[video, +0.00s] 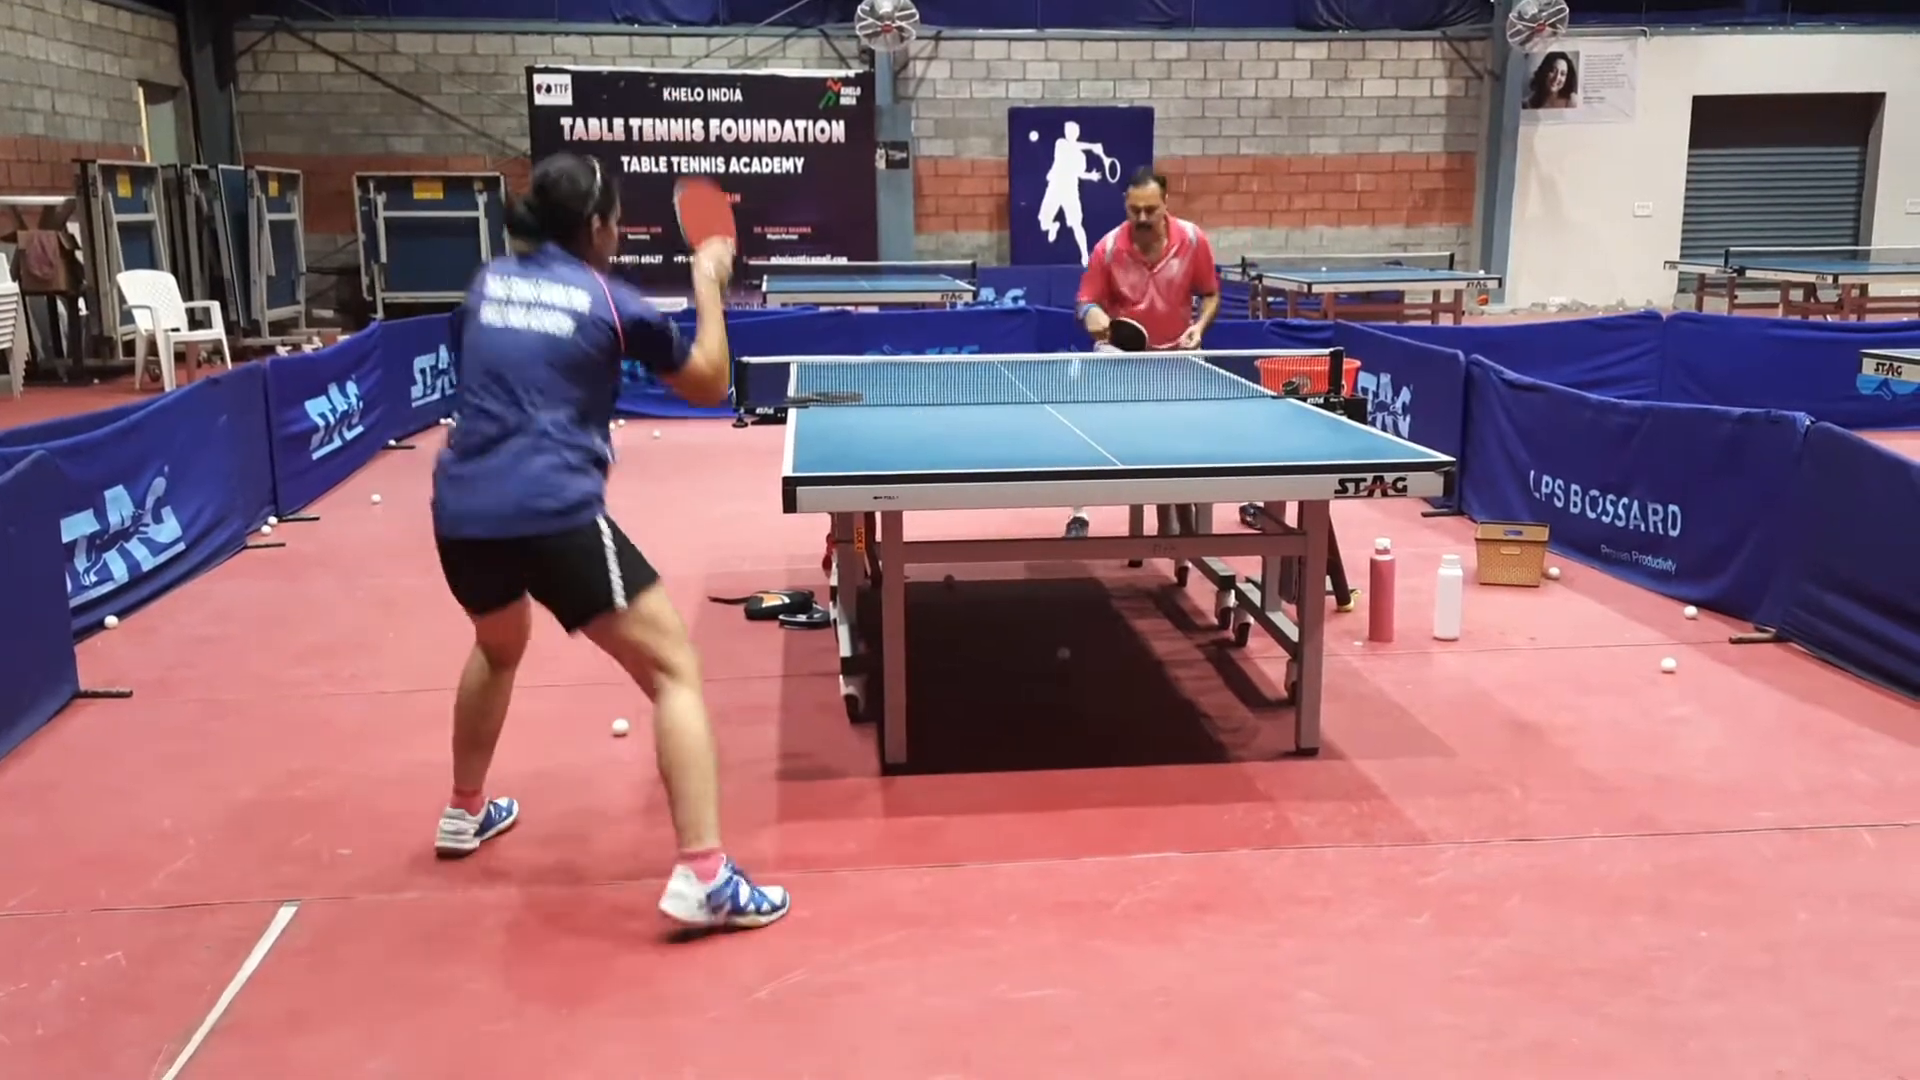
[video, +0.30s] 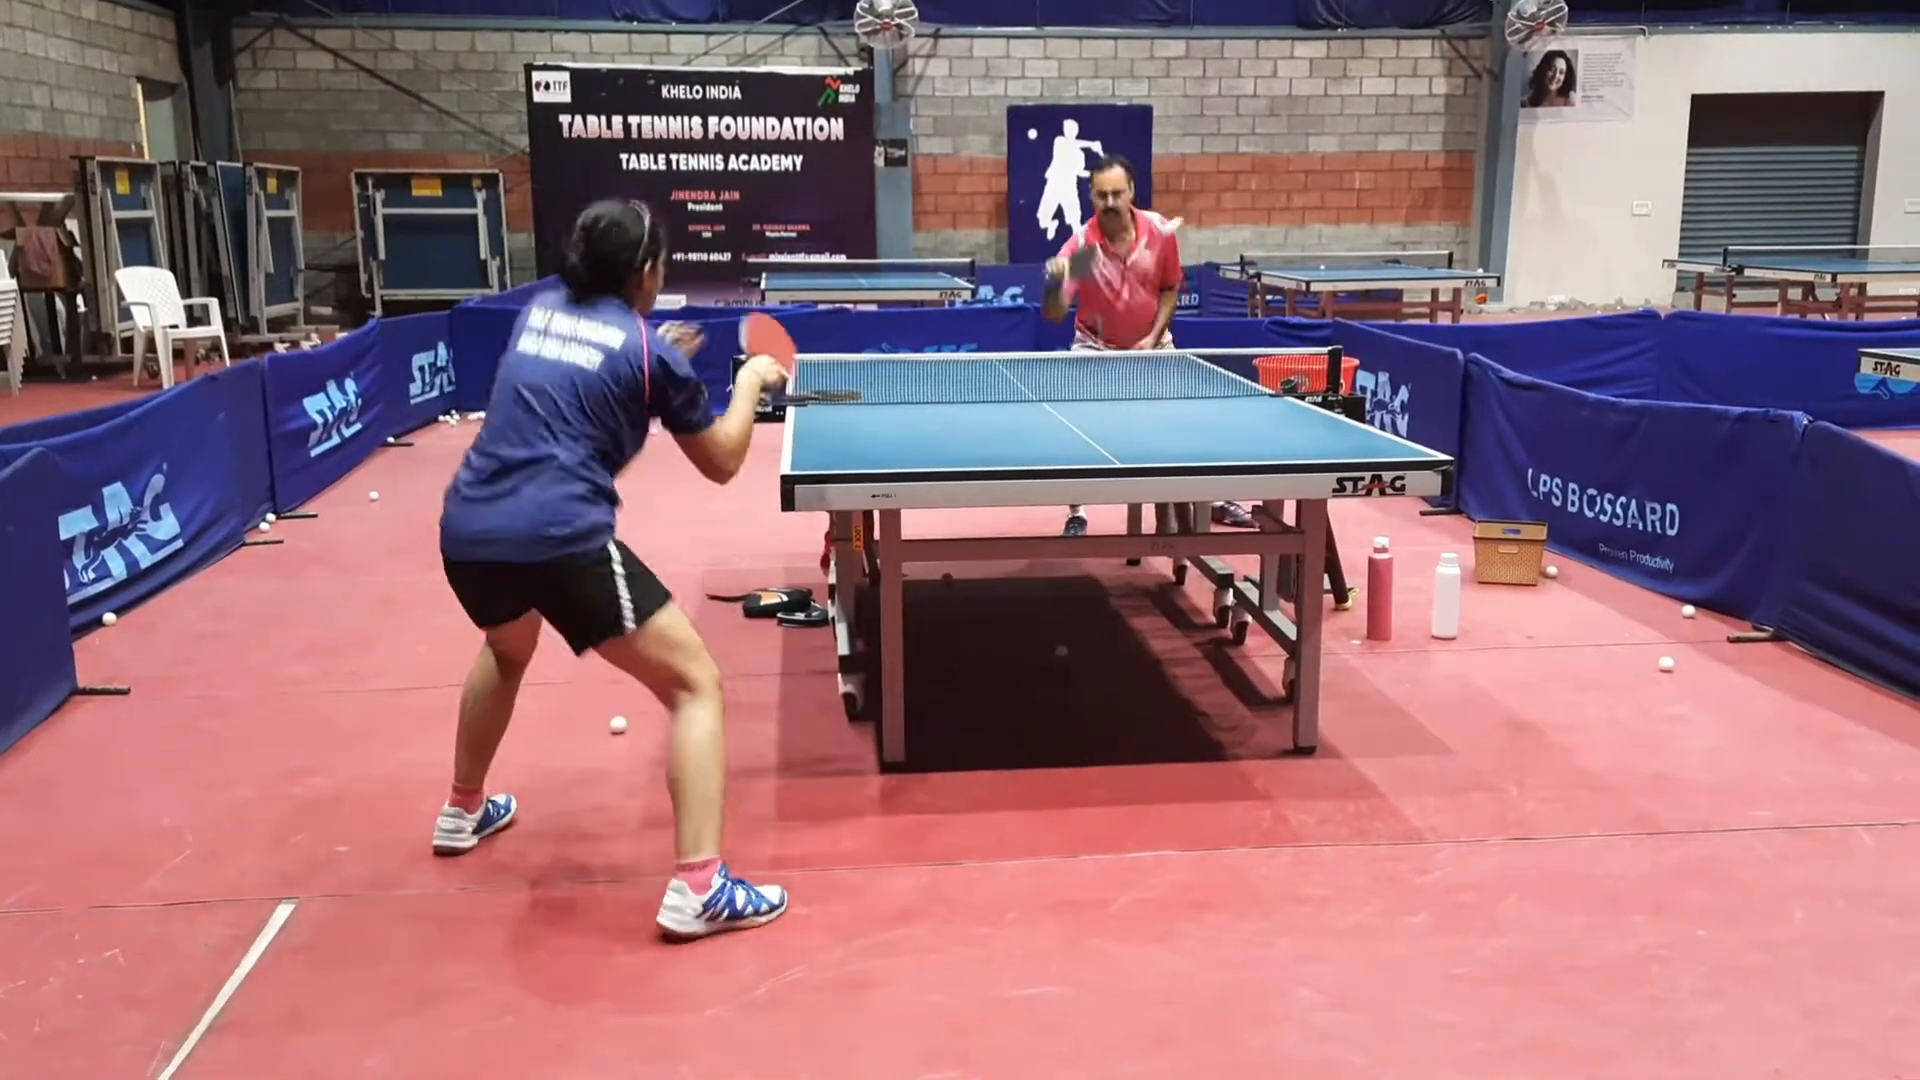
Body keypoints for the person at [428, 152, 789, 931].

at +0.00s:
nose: (619, 229)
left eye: (617, 216)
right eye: (615, 217)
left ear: (534, 218)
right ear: (596, 224)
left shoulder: (485, 282)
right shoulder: (609, 301)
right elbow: (707, 382)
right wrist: (710, 285)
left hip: (463, 515)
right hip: (558, 515)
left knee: (496, 646)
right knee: (672, 672)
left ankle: (462, 811)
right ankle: (704, 872)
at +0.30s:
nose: (661, 268)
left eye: (658, 256)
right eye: (658, 259)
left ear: (579, 260)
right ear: (644, 271)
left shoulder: (537, 306)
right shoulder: (647, 352)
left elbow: (579, 385)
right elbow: (720, 459)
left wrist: (657, 354)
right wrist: (753, 380)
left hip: (469, 534)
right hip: (564, 539)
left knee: (505, 649)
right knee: (695, 688)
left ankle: (462, 810)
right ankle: (701, 881)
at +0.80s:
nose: (667, 222)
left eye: (663, 211)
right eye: (661, 212)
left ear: (606, 224)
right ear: (637, 228)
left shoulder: (598, 281)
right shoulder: (586, 309)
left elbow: (574, 380)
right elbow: (503, 413)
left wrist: (594, 449)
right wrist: (543, 512)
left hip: (506, 481)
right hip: (502, 492)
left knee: (548, 630)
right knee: (614, 651)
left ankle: (476, 774)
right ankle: (620, 850)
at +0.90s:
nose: (645, 199)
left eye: (640, 187)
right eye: (638, 188)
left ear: (584, 196)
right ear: (613, 201)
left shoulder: (569, 252)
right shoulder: (573, 281)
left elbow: (554, 358)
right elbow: (496, 387)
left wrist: (583, 426)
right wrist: (550, 487)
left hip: (503, 469)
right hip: (499, 480)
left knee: (537, 626)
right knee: (597, 642)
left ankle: (474, 773)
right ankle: (620, 839)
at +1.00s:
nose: (631, 185)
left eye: (626, 173)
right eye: (626, 174)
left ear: (562, 183)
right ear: (605, 185)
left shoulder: (550, 241)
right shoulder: (571, 267)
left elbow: (549, 350)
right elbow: (518, 383)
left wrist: (584, 408)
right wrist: (592, 473)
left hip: (480, 459)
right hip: (505, 465)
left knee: (524, 625)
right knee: (590, 632)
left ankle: (472, 774)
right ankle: (594, 834)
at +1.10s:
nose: (624, 181)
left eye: (620, 168)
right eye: (619, 170)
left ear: (549, 180)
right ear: (601, 182)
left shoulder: (530, 235)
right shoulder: (580, 260)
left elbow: (546, 360)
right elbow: (562, 385)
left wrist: (614, 400)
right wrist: (645, 444)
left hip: (460, 457)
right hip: (503, 464)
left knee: (511, 623)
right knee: (588, 633)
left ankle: (468, 774)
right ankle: (578, 834)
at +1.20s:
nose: (623, 185)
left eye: (621, 173)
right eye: (620, 175)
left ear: (542, 181)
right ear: (603, 185)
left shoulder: (517, 239)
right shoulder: (595, 263)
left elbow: (552, 366)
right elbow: (605, 390)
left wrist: (648, 394)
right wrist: (682, 401)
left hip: (450, 460)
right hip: (509, 469)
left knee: (496, 623)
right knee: (588, 639)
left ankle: (466, 772)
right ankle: (575, 838)